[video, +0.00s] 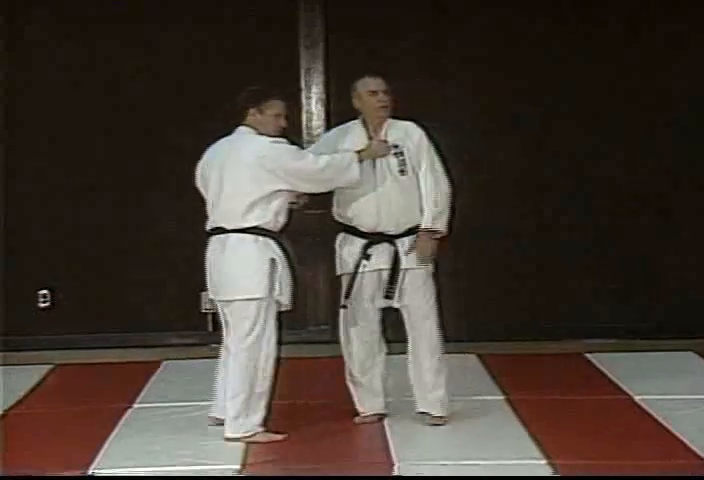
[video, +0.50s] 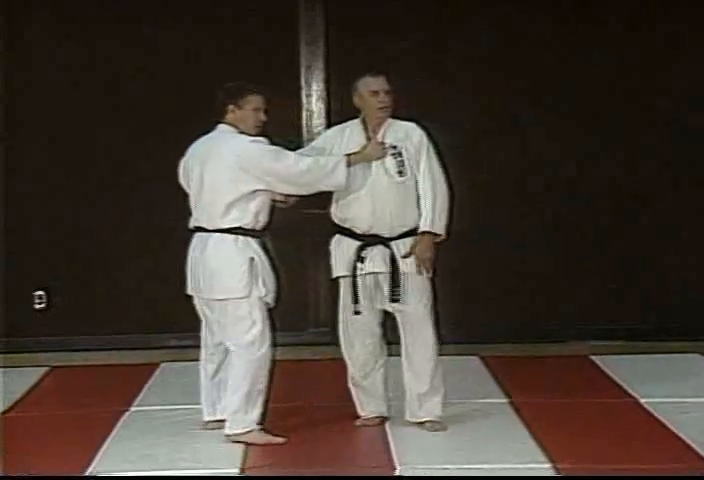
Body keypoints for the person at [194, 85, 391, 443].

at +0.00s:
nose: (283, 124)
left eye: (284, 117)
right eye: (277, 117)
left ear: (248, 117)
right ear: (254, 115)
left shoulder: (214, 153)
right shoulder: (269, 151)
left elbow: (208, 189)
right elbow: (316, 169)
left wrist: (277, 196)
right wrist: (362, 155)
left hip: (219, 250)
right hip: (252, 252)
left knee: (234, 338)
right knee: (252, 342)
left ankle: (223, 409)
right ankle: (243, 425)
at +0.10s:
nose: (279, 122)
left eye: (279, 115)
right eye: (272, 116)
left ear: (244, 117)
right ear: (249, 114)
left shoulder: (210, 152)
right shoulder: (262, 150)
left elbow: (210, 192)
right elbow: (312, 168)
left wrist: (279, 200)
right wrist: (363, 155)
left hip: (214, 250)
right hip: (247, 252)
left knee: (222, 339)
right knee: (247, 343)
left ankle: (217, 411)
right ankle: (242, 425)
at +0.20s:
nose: (274, 121)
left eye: (275, 114)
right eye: (268, 114)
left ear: (239, 116)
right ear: (244, 113)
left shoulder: (207, 151)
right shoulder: (259, 150)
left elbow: (198, 184)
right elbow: (309, 169)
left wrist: (276, 198)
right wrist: (363, 155)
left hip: (209, 251)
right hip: (243, 254)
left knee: (218, 339)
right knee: (245, 343)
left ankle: (215, 412)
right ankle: (242, 426)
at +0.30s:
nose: (270, 120)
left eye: (271, 113)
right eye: (264, 113)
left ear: (236, 116)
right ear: (240, 113)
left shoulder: (204, 149)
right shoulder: (257, 150)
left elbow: (194, 183)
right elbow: (305, 170)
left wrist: (271, 196)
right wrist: (362, 157)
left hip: (205, 250)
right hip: (240, 254)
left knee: (214, 339)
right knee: (243, 344)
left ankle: (212, 412)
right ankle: (241, 426)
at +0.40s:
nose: (266, 120)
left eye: (266, 113)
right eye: (260, 113)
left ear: (233, 116)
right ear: (236, 113)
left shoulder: (201, 149)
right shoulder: (253, 150)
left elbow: (188, 180)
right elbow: (303, 169)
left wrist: (267, 193)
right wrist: (361, 156)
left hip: (203, 251)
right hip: (237, 255)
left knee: (214, 340)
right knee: (244, 344)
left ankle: (213, 411)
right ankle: (241, 425)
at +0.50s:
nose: (262, 118)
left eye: (263, 111)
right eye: (256, 111)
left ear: (231, 114)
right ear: (233, 111)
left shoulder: (198, 148)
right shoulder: (248, 150)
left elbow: (189, 182)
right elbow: (299, 169)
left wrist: (266, 193)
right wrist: (359, 157)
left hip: (201, 251)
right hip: (235, 254)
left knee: (215, 339)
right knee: (251, 342)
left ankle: (214, 411)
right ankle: (242, 424)